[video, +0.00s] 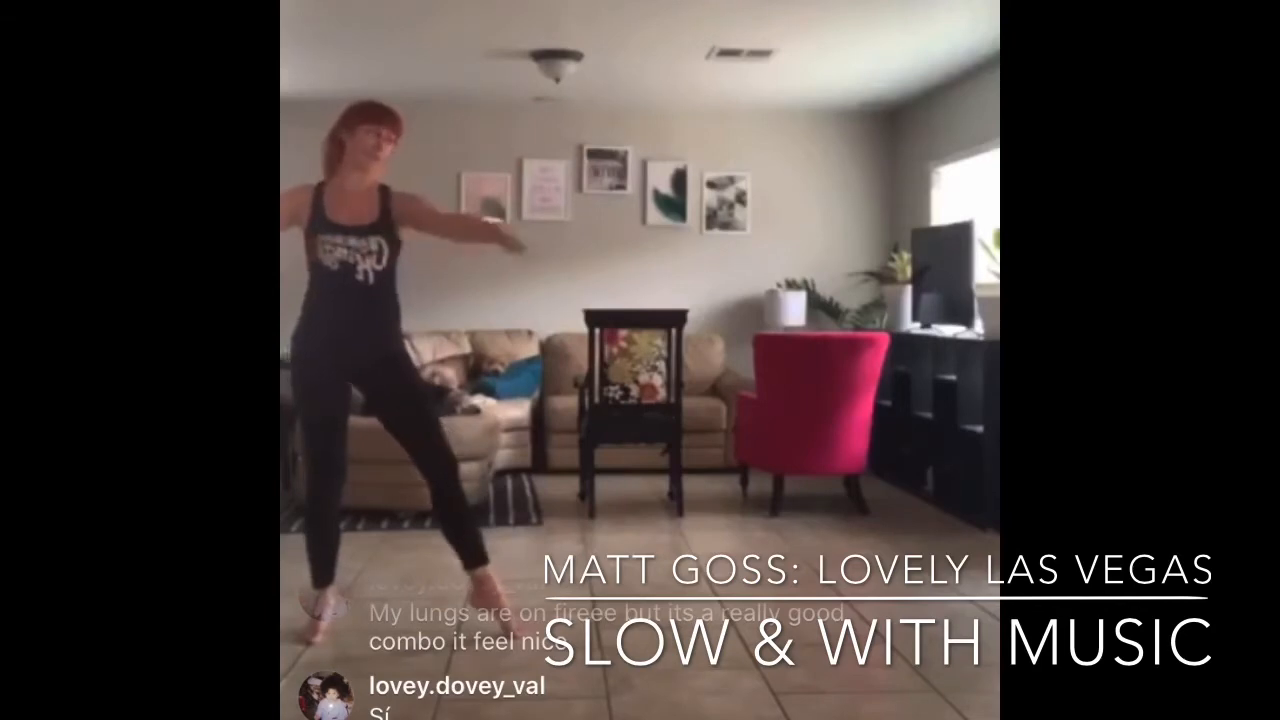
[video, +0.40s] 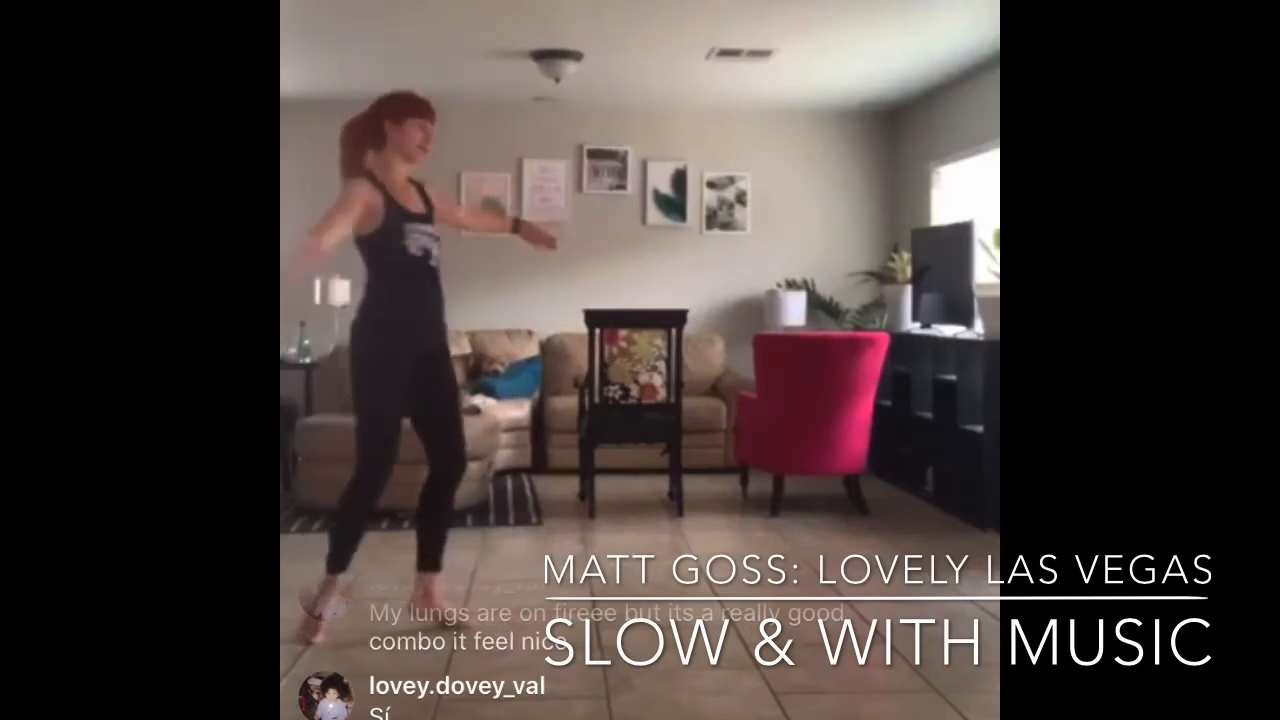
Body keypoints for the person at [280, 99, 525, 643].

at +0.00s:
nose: (380, 145)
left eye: (388, 140)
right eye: (370, 134)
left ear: (393, 153)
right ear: (343, 138)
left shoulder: (394, 204)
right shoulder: (305, 201)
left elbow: (446, 224)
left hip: (380, 350)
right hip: (319, 351)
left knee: (439, 463)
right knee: (325, 474)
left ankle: (482, 581)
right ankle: (323, 592)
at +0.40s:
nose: (428, 137)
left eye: (431, 130)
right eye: (419, 126)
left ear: (421, 140)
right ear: (388, 128)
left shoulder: (421, 192)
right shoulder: (365, 190)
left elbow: (467, 218)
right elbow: (331, 230)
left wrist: (518, 227)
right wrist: (314, 249)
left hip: (428, 344)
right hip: (380, 345)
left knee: (449, 460)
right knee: (374, 464)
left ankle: (427, 588)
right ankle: (331, 587)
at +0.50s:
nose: (441, 138)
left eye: (444, 131)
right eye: (433, 127)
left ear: (431, 137)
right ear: (403, 128)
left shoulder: (426, 192)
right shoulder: (384, 190)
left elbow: (449, 240)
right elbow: (441, 240)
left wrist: (480, 237)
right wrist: (482, 229)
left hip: (440, 338)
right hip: (404, 338)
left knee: (449, 461)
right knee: (412, 463)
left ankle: (427, 588)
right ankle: (366, 595)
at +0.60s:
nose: (454, 139)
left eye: (455, 130)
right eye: (448, 128)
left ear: (421, 129)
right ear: (421, 126)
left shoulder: (399, 185)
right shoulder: (414, 188)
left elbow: (414, 236)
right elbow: (490, 212)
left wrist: (453, 247)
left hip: (417, 331)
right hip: (427, 335)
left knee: (437, 458)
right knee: (446, 460)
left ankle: (426, 582)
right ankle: (441, 585)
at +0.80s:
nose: (470, 135)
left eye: (467, 125)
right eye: (465, 126)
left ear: (417, 136)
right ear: (450, 132)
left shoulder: (392, 192)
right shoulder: (477, 187)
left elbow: (348, 247)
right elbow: (541, 226)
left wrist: (389, 257)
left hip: (409, 337)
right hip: (463, 337)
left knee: (429, 459)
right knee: (475, 461)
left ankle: (425, 581)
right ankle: (490, 571)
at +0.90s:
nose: (463, 135)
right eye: (465, 125)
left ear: (418, 129)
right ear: (465, 128)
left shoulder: (399, 187)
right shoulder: (492, 185)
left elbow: (352, 254)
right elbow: (505, 237)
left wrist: (398, 265)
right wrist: (471, 238)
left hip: (419, 329)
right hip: (476, 329)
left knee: (430, 460)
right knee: (468, 452)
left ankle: (438, 586)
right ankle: (463, 573)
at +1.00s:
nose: (421, 139)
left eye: (423, 130)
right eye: (420, 130)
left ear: (439, 130)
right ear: (466, 129)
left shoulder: (435, 183)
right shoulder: (481, 184)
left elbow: (396, 256)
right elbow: (441, 251)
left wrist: (360, 268)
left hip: (443, 333)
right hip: (478, 330)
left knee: (440, 454)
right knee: (456, 451)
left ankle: (459, 583)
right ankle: (464, 575)